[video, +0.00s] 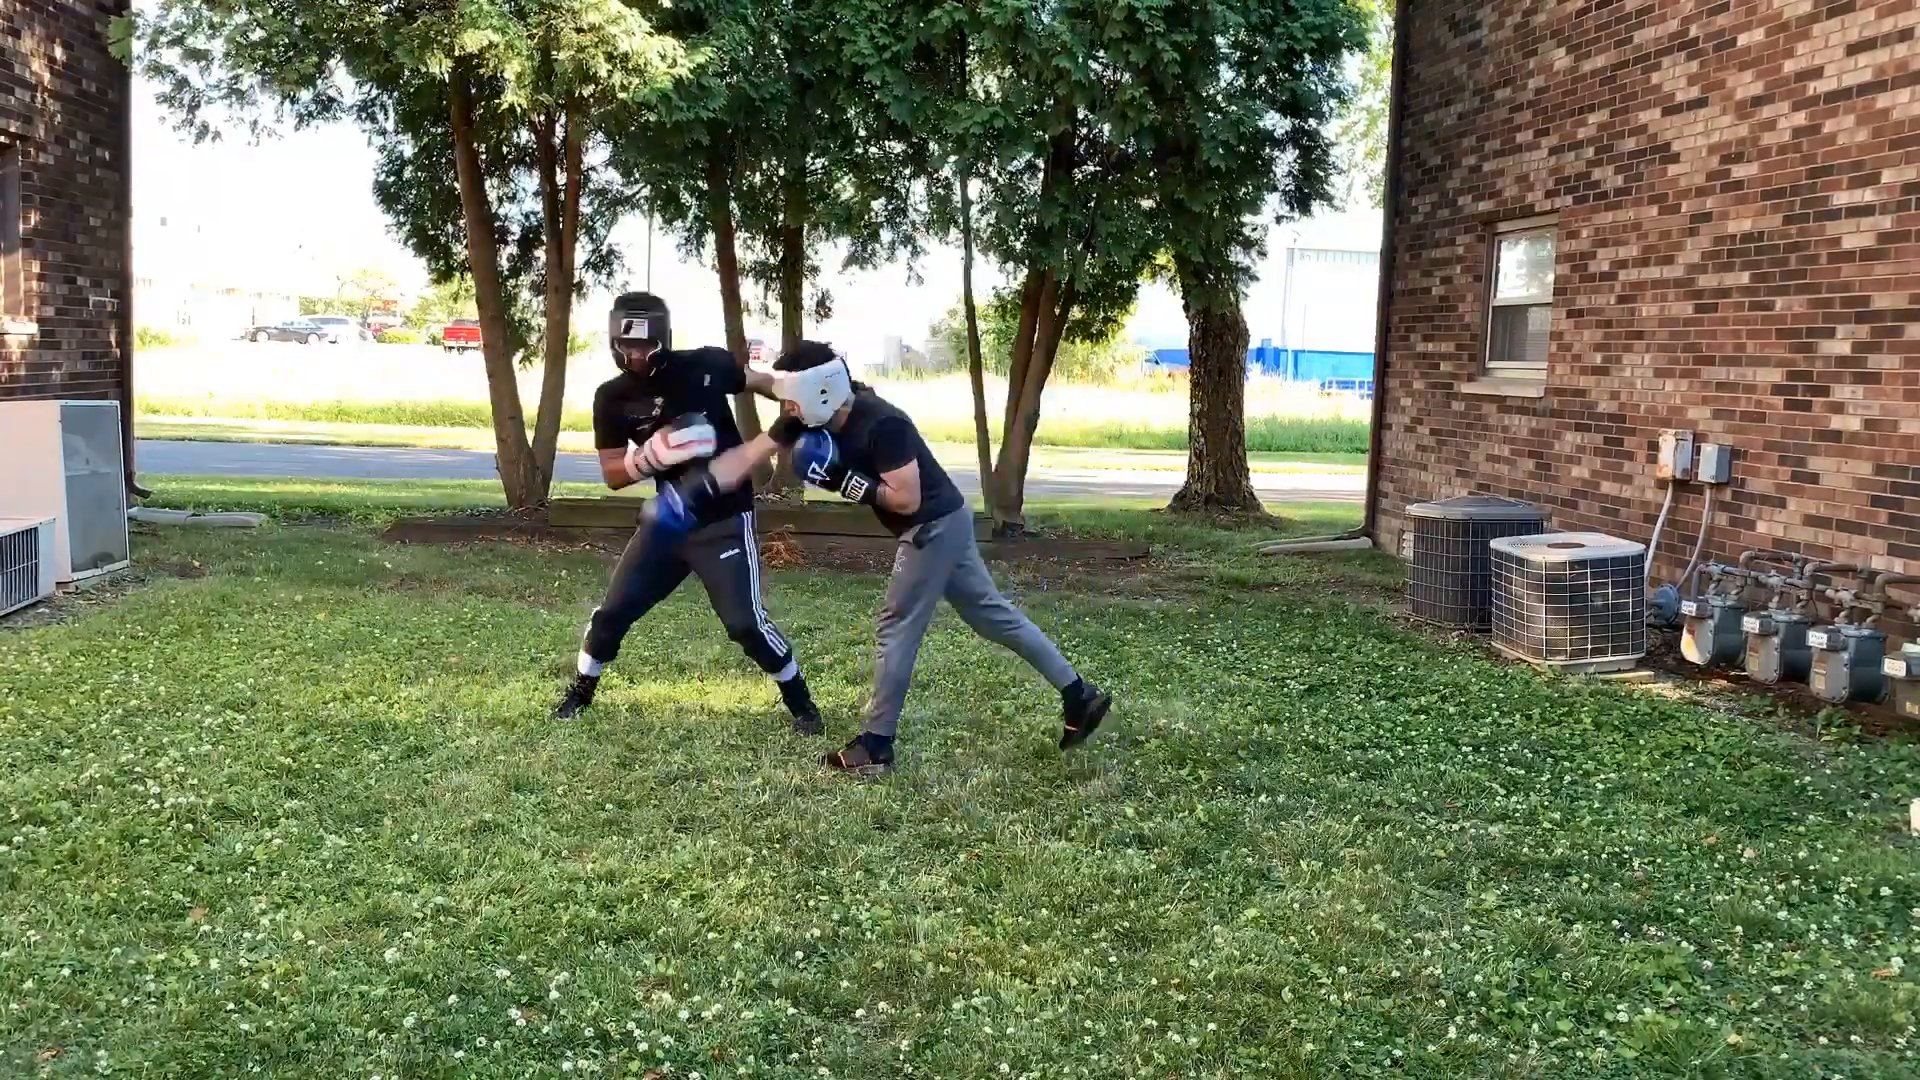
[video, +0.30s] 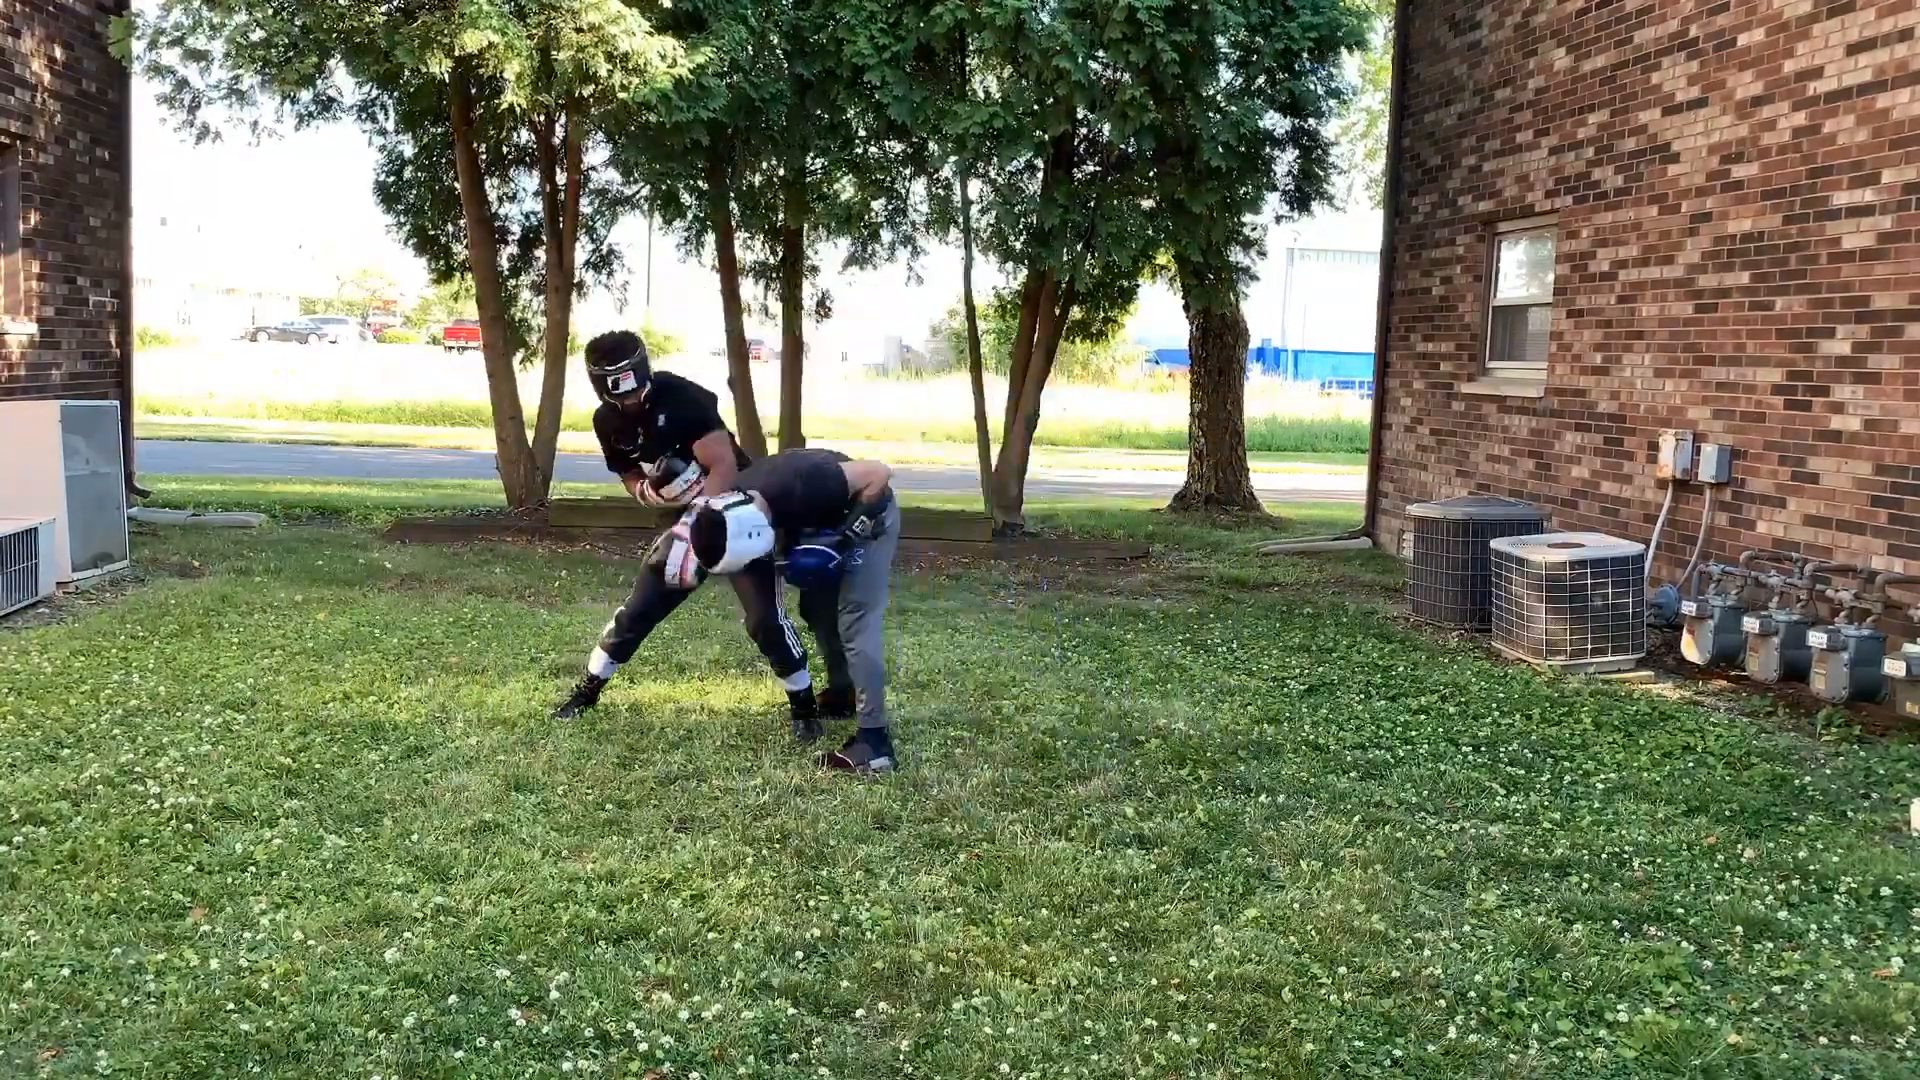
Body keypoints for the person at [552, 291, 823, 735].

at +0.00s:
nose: (639, 355)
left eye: (648, 345)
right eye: (629, 345)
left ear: (665, 340)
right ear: (615, 345)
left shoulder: (707, 367)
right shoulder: (611, 397)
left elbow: (761, 381)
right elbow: (613, 475)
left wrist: (802, 388)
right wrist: (649, 456)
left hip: (724, 521)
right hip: (665, 523)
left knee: (744, 624)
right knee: (611, 615)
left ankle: (797, 695)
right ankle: (581, 692)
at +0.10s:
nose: (641, 366)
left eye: (647, 355)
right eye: (629, 359)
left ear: (658, 344)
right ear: (611, 357)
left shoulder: (692, 369)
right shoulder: (605, 404)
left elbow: (761, 385)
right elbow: (608, 478)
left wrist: (784, 399)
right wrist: (633, 467)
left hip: (731, 519)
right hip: (673, 523)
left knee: (744, 618)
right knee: (620, 615)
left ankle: (795, 698)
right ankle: (582, 691)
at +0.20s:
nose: (634, 376)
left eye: (638, 363)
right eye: (621, 369)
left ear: (648, 355)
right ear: (602, 372)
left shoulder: (685, 379)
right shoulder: (604, 421)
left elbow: (755, 417)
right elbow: (637, 485)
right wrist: (658, 479)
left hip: (729, 522)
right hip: (676, 526)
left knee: (758, 623)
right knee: (627, 612)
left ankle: (803, 703)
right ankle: (585, 692)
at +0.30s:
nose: (627, 389)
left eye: (632, 377)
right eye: (615, 383)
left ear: (644, 368)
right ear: (599, 385)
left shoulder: (685, 399)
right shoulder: (608, 421)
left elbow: (724, 469)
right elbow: (633, 481)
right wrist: (656, 495)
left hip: (738, 500)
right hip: (689, 510)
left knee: (764, 622)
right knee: (637, 610)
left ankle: (804, 704)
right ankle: (587, 693)